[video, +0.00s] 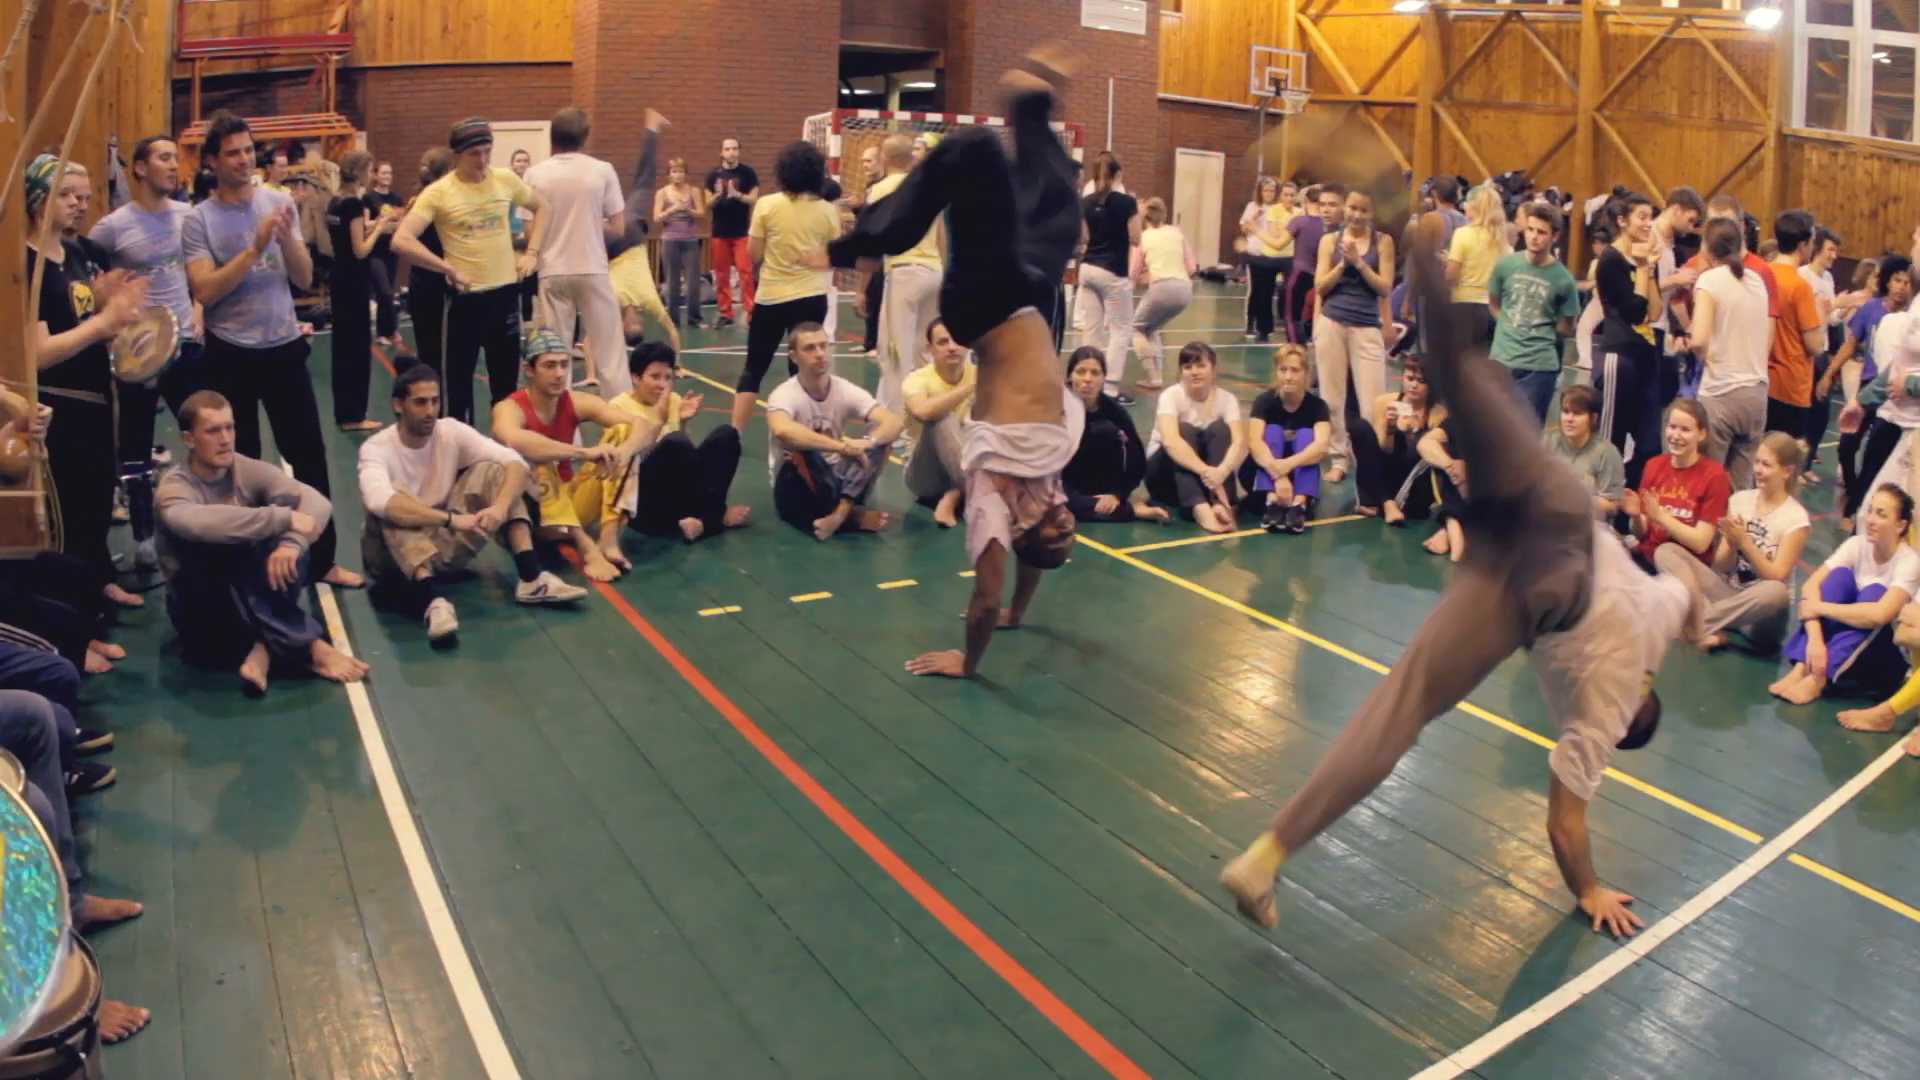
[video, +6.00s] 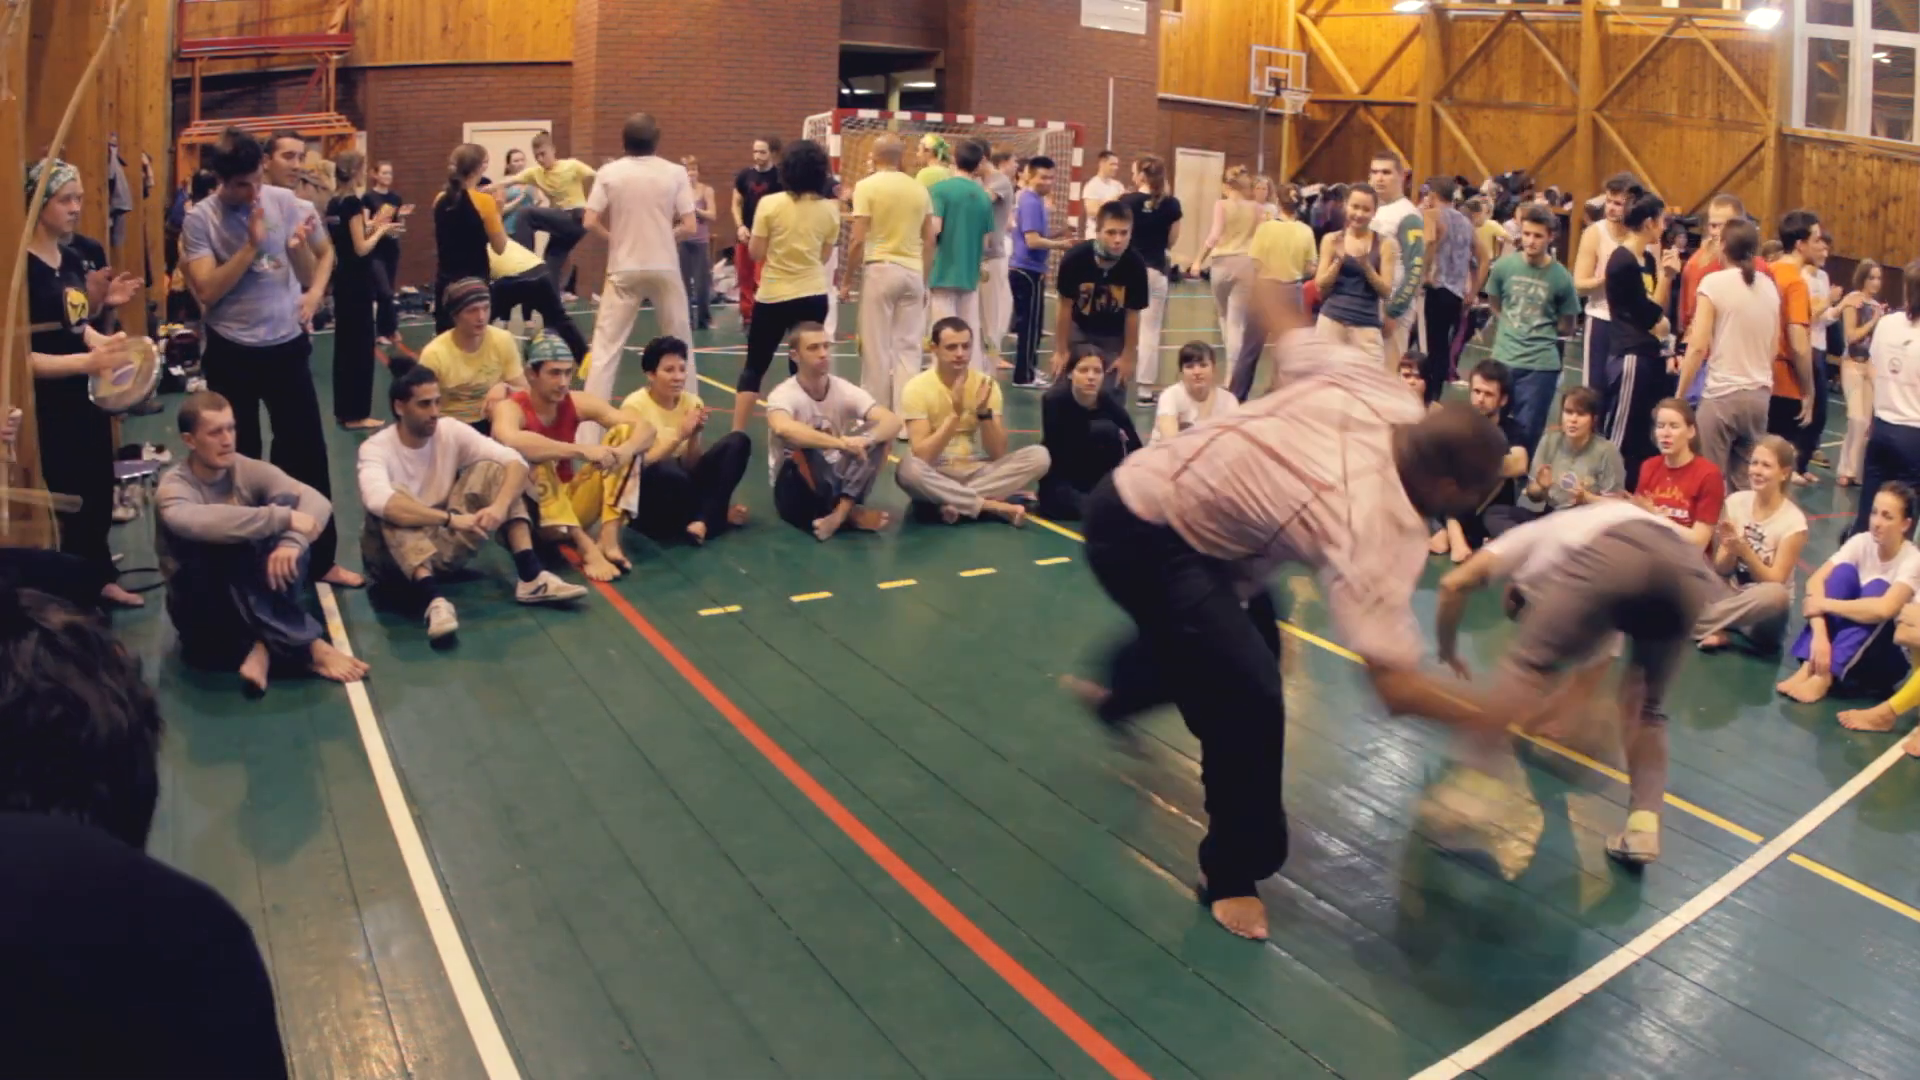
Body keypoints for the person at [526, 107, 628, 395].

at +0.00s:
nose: (588, 137)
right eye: (587, 133)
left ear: (552, 136)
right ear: (585, 137)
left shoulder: (535, 174)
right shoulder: (602, 170)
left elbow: (529, 231)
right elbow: (617, 228)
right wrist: (588, 228)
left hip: (552, 271)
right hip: (592, 269)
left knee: (555, 353)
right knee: (609, 349)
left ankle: (555, 420)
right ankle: (621, 420)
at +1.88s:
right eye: (637, 132)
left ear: (606, 134)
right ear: (639, 136)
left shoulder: (587, 170)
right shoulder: (655, 172)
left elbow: (577, 226)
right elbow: (666, 230)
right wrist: (638, 220)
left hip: (599, 270)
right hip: (639, 271)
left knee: (590, 349)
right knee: (638, 349)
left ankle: (582, 422)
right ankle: (632, 422)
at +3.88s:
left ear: (611, 135)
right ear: (644, 136)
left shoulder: (594, 170)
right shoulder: (661, 172)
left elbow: (582, 224)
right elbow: (670, 229)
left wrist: (609, 217)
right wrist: (643, 221)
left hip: (602, 270)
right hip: (643, 270)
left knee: (592, 354)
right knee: (643, 355)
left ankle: (584, 437)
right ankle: (639, 435)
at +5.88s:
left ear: (607, 143)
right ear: (639, 142)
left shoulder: (591, 176)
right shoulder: (659, 174)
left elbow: (581, 229)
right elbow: (675, 228)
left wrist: (609, 228)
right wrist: (645, 228)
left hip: (608, 268)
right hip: (647, 268)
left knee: (596, 351)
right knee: (666, 344)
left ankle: (585, 425)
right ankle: (674, 416)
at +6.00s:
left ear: (624, 142)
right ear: (656, 142)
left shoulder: (609, 172)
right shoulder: (675, 173)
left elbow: (589, 220)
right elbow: (689, 227)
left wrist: (614, 239)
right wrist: (662, 238)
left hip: (624, 266)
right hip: (664, 265)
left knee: (605, 347)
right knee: (679, 342)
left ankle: (590, 425)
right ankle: (689, 415)